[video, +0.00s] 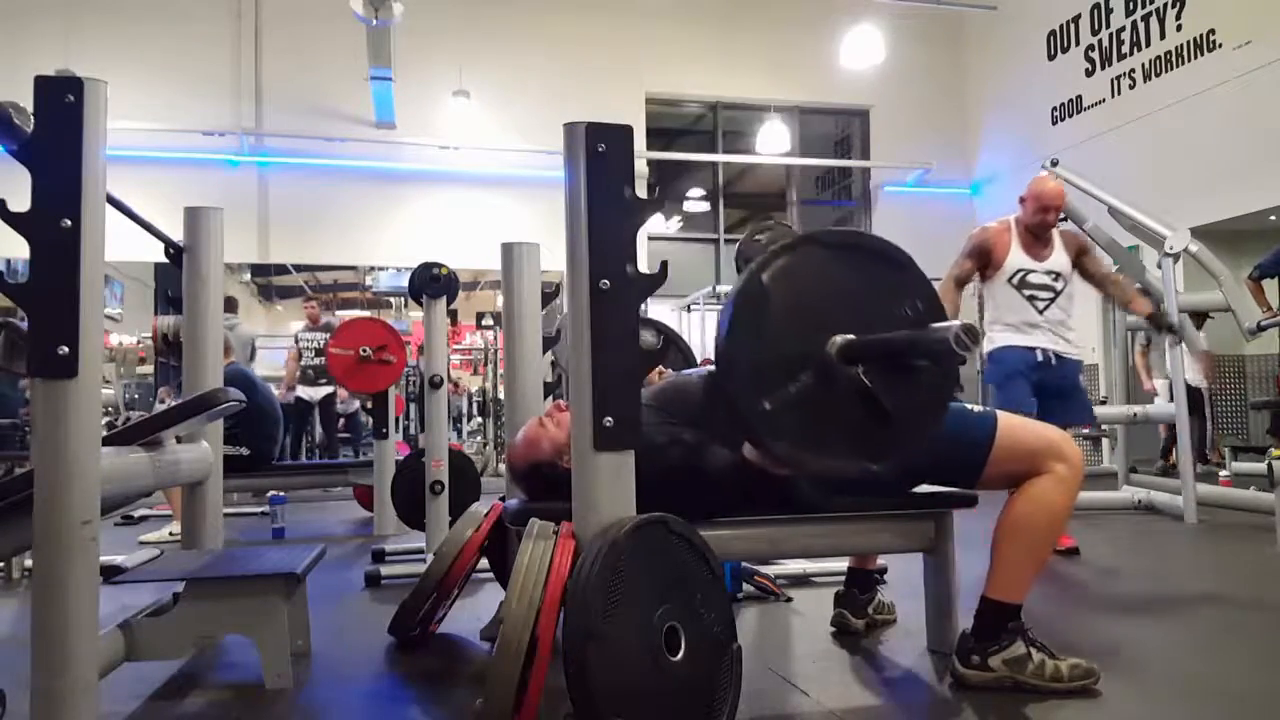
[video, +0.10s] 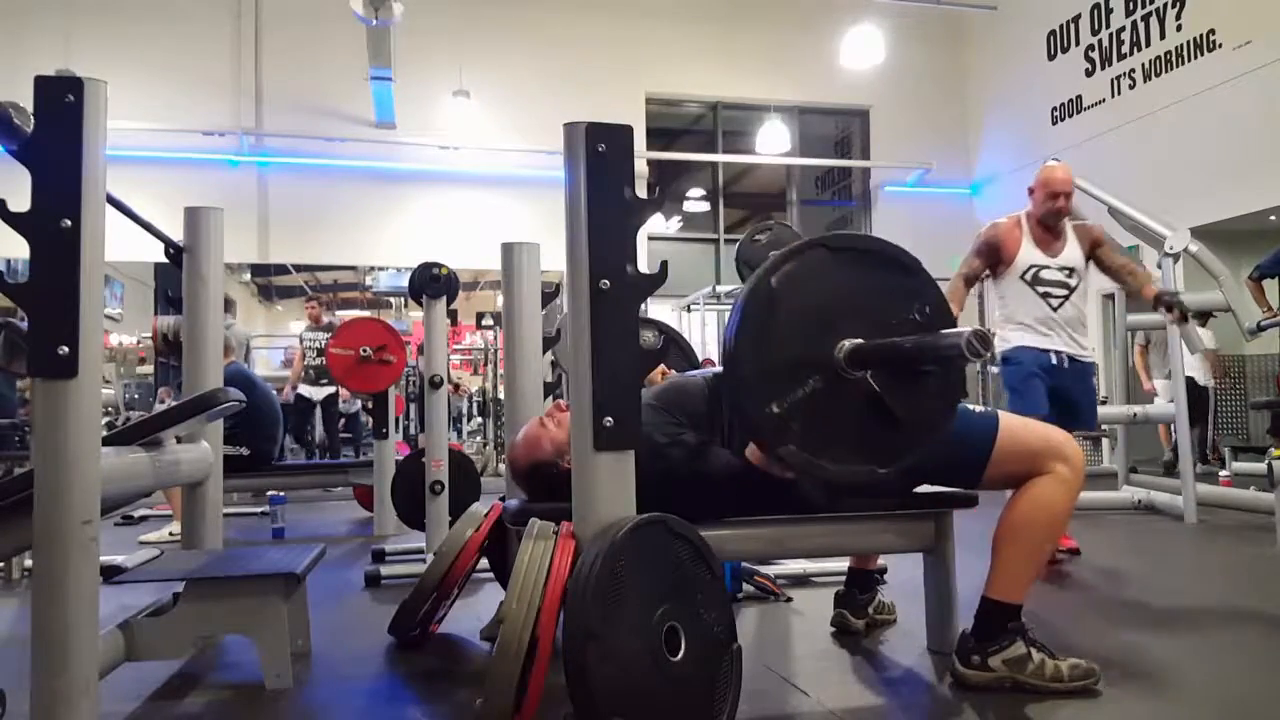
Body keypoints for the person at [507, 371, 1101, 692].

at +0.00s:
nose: (550, 407)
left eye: (539, 414)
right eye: (544, 424)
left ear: (557, 425)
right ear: (562, 454)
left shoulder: (617, 423)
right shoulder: (630, 451)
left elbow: (666, 383)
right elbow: (764, 460)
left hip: (800, 430)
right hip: (842, 441)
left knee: (902, 444)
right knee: (1058, 457)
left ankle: (858, 595)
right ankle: (992, 642)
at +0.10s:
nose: (553, 404)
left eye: (543, 410)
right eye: (548, 419)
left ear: (561, 450)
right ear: (566, 450)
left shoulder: (618, 435)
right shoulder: (640, 440)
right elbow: (761, 453)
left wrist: (657, 382)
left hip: (808, 430)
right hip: (850, 435)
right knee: (1059, 457)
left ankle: (858, 596)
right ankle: (991, 642)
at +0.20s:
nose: (555, 404)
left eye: (545, 409)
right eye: (549, 418)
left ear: (562, 450)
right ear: (566, 451)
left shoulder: (616, 434)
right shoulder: (638, 442)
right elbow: (764, 457)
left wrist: (656, 384)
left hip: (806, 432)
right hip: (845, 440)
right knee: (1059, 456)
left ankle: (858, 595)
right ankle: (992, 641)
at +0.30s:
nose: (555, 403)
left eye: (545, 410)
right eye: (549, 419)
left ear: (561, 449)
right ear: (564, 452)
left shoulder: (618, 432)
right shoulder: (635, 446)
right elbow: (762, 469)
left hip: (811, 428)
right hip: (844, 437)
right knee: (1060, 457)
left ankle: (857, 595)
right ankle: (992, 641)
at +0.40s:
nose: (555, 405)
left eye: (544, 410)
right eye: (548, 421)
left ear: (563, 428)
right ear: (564, 455)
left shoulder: (621, 425)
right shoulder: (630, 458)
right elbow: (757, 462)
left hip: (807, 430)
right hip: (840, 445)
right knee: (1059, 455)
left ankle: (858, 595)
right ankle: (994, 641)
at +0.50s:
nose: (552, 406)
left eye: (542, 413)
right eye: (546, 423)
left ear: (563, 422)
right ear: (564, 453)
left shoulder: (626, 419)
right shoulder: (627, 451)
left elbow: (721, 403)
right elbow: (738, 435)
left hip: (808, 428)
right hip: (843, 438)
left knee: (892, 444)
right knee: (1060, 457)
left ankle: (858, 597)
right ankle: (993, 639)